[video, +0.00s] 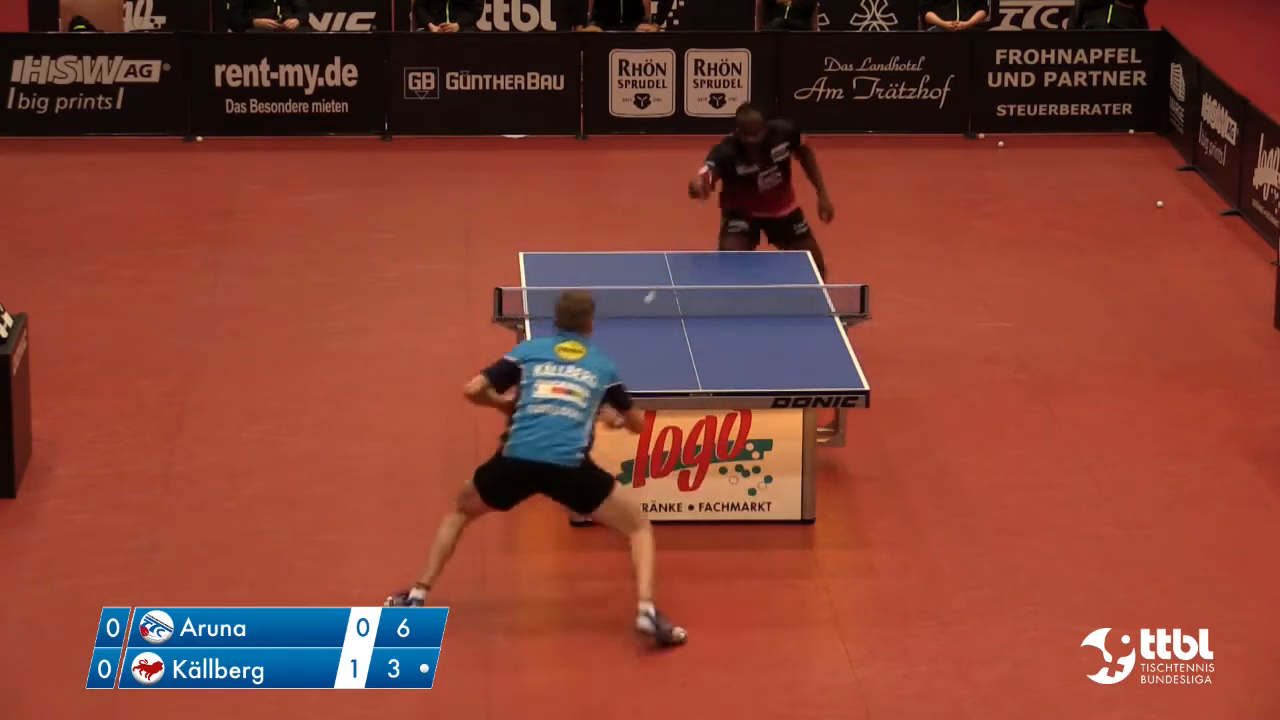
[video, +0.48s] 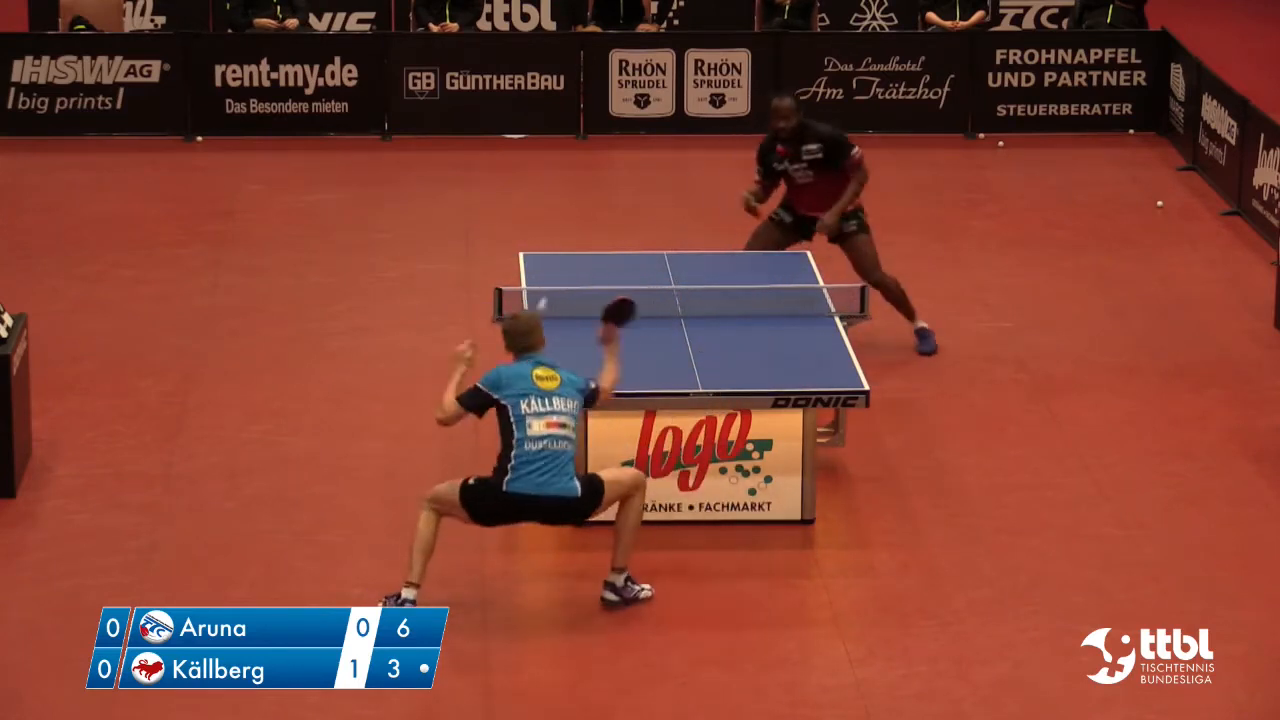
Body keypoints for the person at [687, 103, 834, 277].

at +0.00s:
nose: (750, 138)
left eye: (756, 133)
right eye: (745, 133)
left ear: (765, 128)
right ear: (737, 130)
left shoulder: (783, 134)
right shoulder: (727, 149)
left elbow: (804, 154)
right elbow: (707, 173)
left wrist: (822, 196)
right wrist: (699, 186)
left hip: (784, 215)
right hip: (741, 217)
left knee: (816, 272)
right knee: (728, 269)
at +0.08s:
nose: (757, 131)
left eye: (763, 125)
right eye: (752, 125)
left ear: (772, 120)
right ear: (744, 123)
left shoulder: (791, 131)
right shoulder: (732, 144)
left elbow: (817, 151)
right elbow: (707, 173)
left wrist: (835, 194)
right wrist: (697, 179)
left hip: (792, 210)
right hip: (746, 212)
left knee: (833, 271)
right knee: (725, 265)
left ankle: (838, 312)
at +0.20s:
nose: (764, 135)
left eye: (770, 129)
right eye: (759, 129)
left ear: (782, 125)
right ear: (752, 127)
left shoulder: (804, 143)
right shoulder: (742, 151)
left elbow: (836, 165)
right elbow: (708, 187)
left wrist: (850, 210)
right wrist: (703, 184)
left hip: (805, 222)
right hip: (756, 223)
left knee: (847, 275)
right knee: (724, 270)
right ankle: (714, 332)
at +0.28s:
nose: (772, 132)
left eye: (777, 125)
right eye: (767, 126)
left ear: (789, 124)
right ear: (759, 125)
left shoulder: (815, 142)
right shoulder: (751, 152)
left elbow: (852, 167)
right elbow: (730, 181)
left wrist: (851, 215)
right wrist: (716, 193)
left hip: (818, 216)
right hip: (772, 217)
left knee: (855, 275)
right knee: (735, 262)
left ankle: (877, 324)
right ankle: (730, 326)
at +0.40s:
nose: (778, 120)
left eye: (784, 114)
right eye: (774, 114)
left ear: (796, 111)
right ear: (768, 113)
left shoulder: (821, 131)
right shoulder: (763, 141)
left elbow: (860, 160)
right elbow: (751, 179)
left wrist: (845, 203)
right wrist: (737, 191)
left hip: (832, 205)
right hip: (788, 204)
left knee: (866, 272)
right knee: (748, 252)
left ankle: (894, 313)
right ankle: (747, 319)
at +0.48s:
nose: (782, 125)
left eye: (788, 118)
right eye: (777, 119)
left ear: (799, 116)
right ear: (771, 120)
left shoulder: (826, 137)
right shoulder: (770, 148)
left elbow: (860, 175)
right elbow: (767, 184)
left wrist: (836, 213)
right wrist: (754, 197)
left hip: (842, 212)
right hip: (796, 211)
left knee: (874, 276)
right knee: (749, 259)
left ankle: (919, 326)